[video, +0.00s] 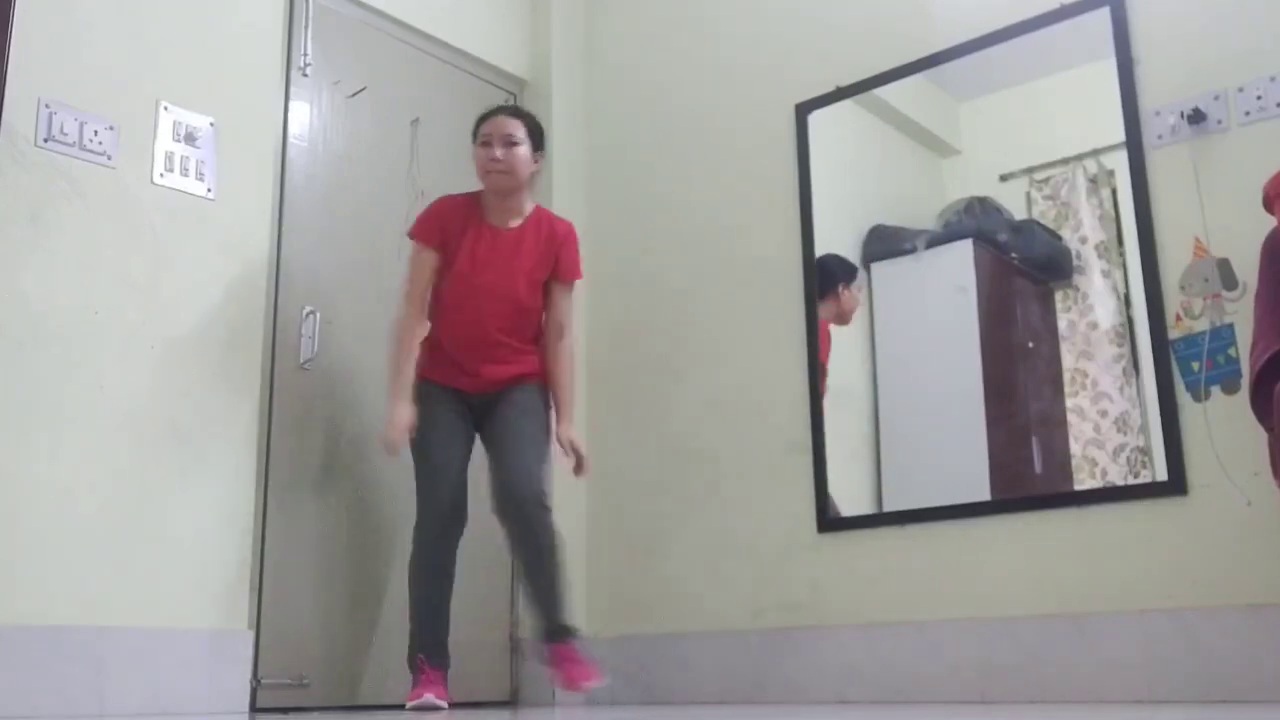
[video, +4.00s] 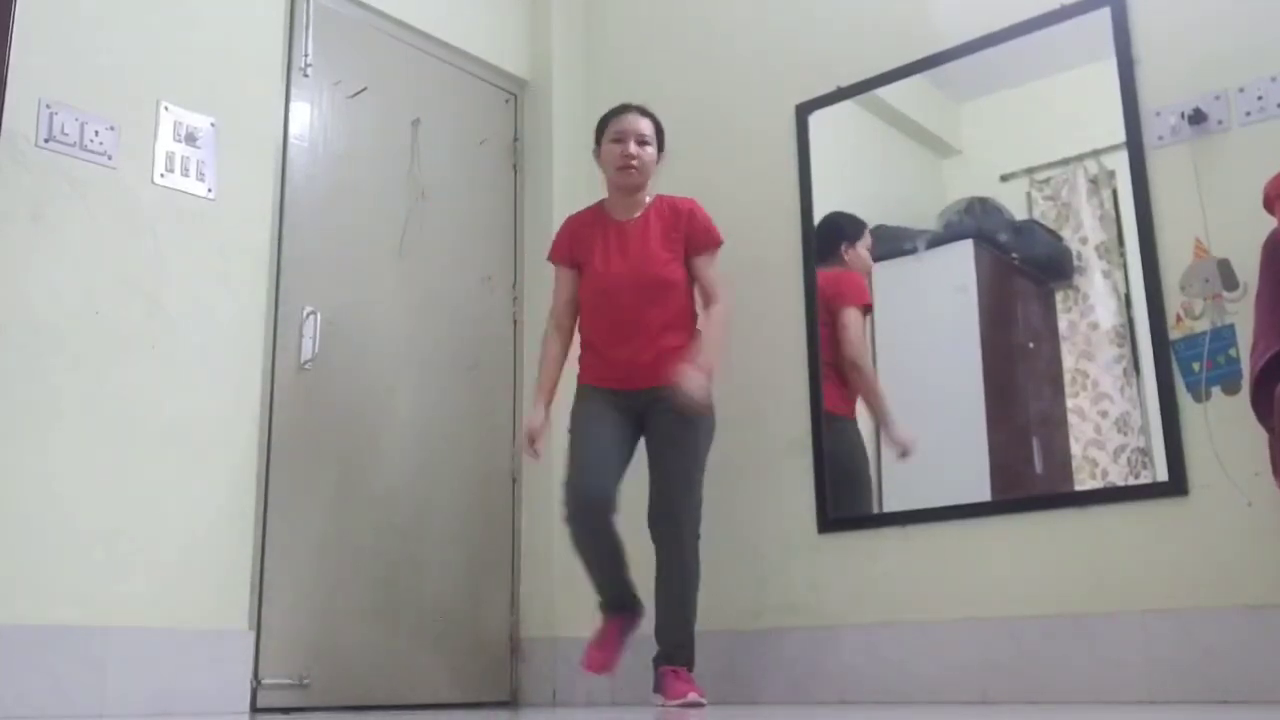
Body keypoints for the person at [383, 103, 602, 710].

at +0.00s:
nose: (496, 152)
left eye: (511, 143)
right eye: (486, 143)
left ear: (536, 158)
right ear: (473, 156)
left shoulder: (556, 235)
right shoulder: (445, 217)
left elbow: (560, 334)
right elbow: (414, 314)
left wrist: (565, 418)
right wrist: (401, 399)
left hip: (518, 387)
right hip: (440, 384)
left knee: (522, 498)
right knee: (439, 516)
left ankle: (558, 637)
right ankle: (428, 671)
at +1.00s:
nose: (635, 167)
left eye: (642, 157)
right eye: (624, 153)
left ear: (643, 163)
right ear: (586, 153)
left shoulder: (644, 217)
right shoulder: (537, 212)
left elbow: (669, 296)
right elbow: (539, 298)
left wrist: (642, 292)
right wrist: (605, 299)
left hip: (626, 392)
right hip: (550, 389)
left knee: (648, 524)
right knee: (502, 524)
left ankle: (668, 668)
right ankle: (443, 664)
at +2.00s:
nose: (578, 142)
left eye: (590, 133)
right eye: (567, 133)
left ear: (612, 147)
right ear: (549, 145)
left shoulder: (631, 212)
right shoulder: (523, 204)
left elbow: (632, 289)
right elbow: (517, 273)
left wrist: (594, 227)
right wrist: (571, 214)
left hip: (610, 388)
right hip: (533, 385)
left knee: (631, 523)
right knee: (495, 521)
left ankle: (666, 666)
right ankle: (447, 663)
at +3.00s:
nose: (526, 142)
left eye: (538, 134)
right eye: (514, 130)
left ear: (551, 150)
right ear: (489, 142)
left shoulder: (565, 213)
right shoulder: (458, 203)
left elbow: (581, 301)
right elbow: (455, 291)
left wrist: (562, 286)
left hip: (544, 377)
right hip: (470, 379)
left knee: (595, 496)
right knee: (464, 516)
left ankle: (616, 626)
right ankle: (445, 671)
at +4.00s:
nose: (631, 149)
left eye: (643, 141)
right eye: (619, 140)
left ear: (658, 157)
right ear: (598, 153)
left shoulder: (683, 217)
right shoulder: (579, 229)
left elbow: (715, 301)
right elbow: (560, 324)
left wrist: (702, 366)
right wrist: (541, 404)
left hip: (677, 390)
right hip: (603, 393)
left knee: (675, 525)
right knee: (584, 505)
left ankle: (676, 667)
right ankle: (620, 608)